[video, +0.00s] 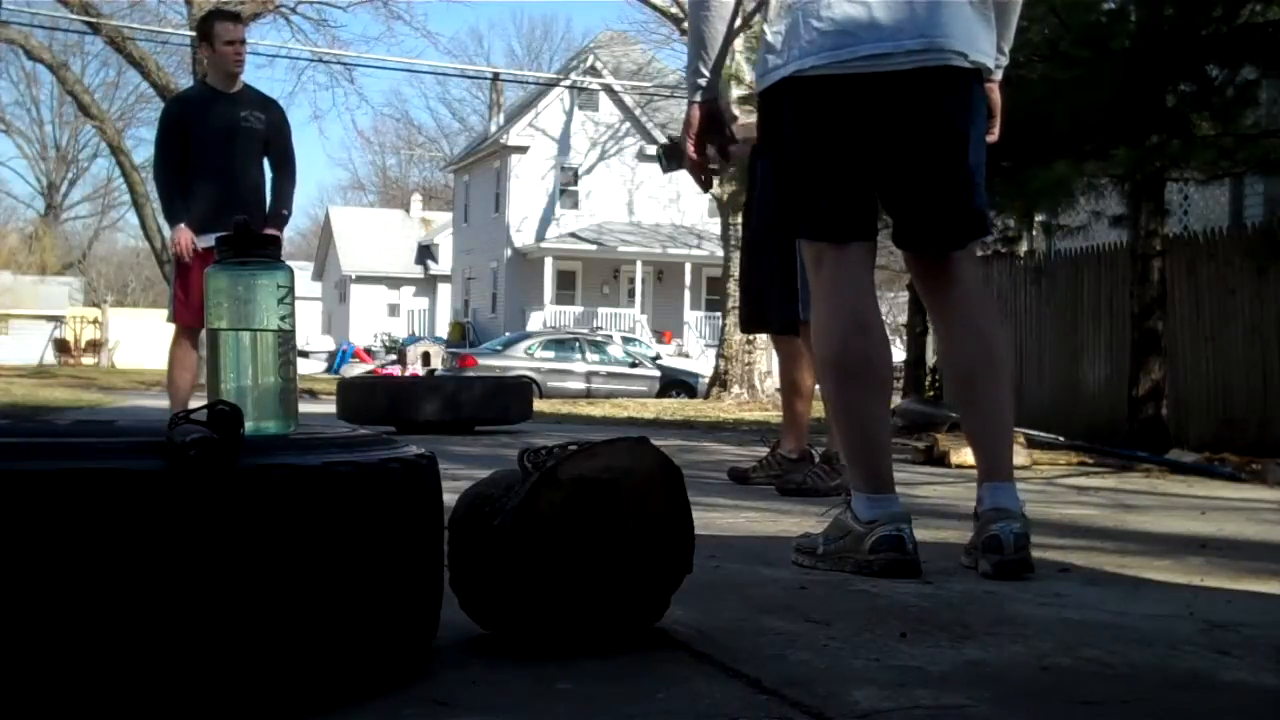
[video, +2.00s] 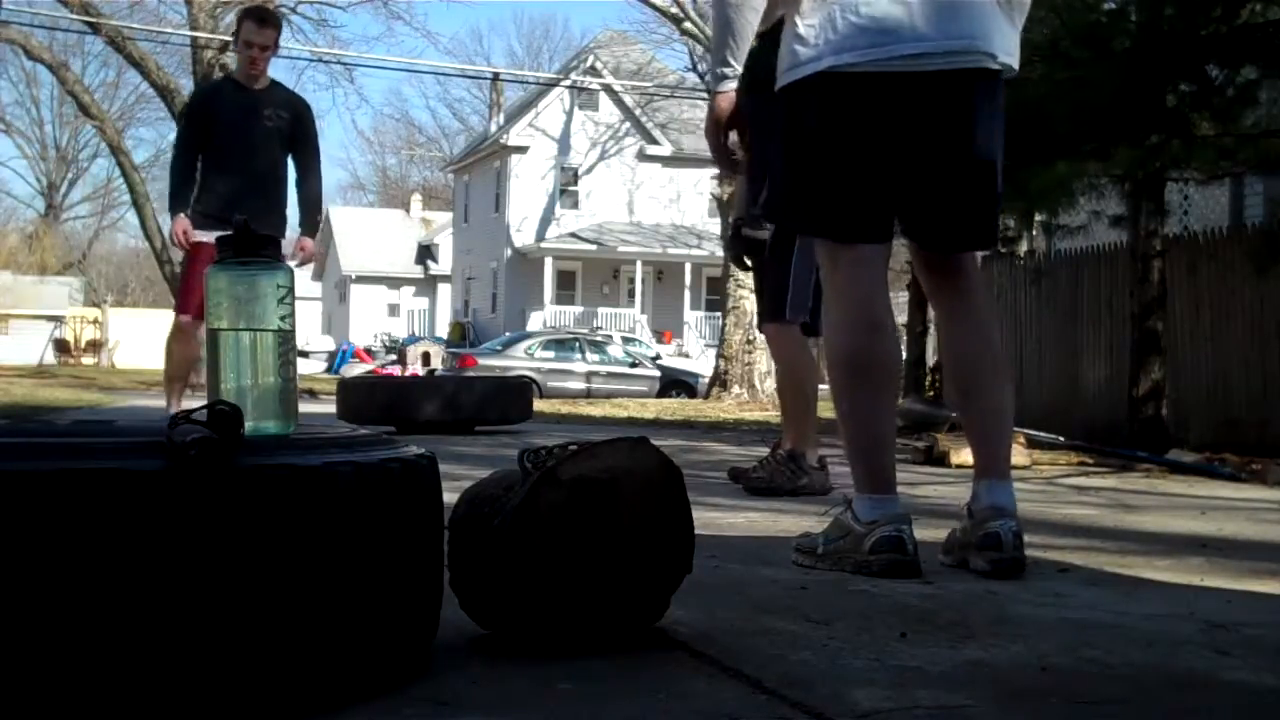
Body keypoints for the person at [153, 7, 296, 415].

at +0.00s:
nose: (240, 51)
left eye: (242, 44)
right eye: (230, 44)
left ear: (246, 47)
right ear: (205, 49)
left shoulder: (267, 109)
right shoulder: (179, 108)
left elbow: (284, 172)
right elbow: (164, 170)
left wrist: (275, 224)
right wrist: (177, 223)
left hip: (251, 241)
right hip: (197, 240)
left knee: (252, 335)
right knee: (188, 331)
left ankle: (250, 425)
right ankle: (179, 421)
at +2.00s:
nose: (256, 55)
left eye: (266, 47)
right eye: (249, 45)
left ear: (276, 50)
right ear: (235, 43)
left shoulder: (294, 107)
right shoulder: (206, 98)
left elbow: (309, 172)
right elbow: (184, 158)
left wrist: (309, 231)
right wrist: (178, 213)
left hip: (265, 233)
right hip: (209, 229)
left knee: (259, 328)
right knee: (188, 321)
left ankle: (255, 419)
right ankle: (175, 410)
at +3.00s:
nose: (191, 63)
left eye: (199, 55)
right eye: (182, 56)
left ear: (212, 58)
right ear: (171, 61)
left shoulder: (240, 114)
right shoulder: (152, 118)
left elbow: (275, 170)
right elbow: (125, 174)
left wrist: (251, 191)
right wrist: (138, 204)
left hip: (228, 241)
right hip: (173, 241)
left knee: (233, 331)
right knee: (157, 330)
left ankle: (232, 419)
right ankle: (169, 420)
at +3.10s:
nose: (201, 98)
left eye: (208, 90)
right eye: (192, 90)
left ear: (220, 93)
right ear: (179, 94)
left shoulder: (244, 144)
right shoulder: (160, 146)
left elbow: (284, 206)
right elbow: (124, 206)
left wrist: (254, 199)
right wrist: (145, 212)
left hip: (232, 260)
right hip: (178, 260)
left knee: (240, 337)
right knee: (160, 332)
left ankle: (238, 422)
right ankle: (170, 422)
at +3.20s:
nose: (208, 135)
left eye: (216, 127)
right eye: (199, 127)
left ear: (227, 129)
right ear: (186, 130)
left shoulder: (251, 176)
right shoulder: (167, 177)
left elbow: (291, 239)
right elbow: (128, 239)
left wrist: (257, 222)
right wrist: (156, 232)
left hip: (240, 277)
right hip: (183, 277)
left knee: (254, 336)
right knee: (162, 333)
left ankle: (246, 422)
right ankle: (170, 424)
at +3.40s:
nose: (219, 189)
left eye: (227, 180)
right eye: (211, 181)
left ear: (239, 181)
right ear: (198, 181)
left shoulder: (260, 220)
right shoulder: (178, 221)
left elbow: (294, 283)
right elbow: (140, 288)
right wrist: (177, 273)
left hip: (248, 295)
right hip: (194, 297)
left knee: (267, 337)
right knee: (163, 338)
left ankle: (258, 422)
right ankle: (172, 425)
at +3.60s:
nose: (224, 204)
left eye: (232, 196)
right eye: (215, 196)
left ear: (244, 197)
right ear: (202, 197)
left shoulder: (266, 238)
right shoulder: (181, 238)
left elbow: (296, 300)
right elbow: (149, 308)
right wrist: (185, 283)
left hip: (250, 312)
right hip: (198, 315)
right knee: (166, 342)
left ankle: (259, 422)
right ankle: (173, 426)